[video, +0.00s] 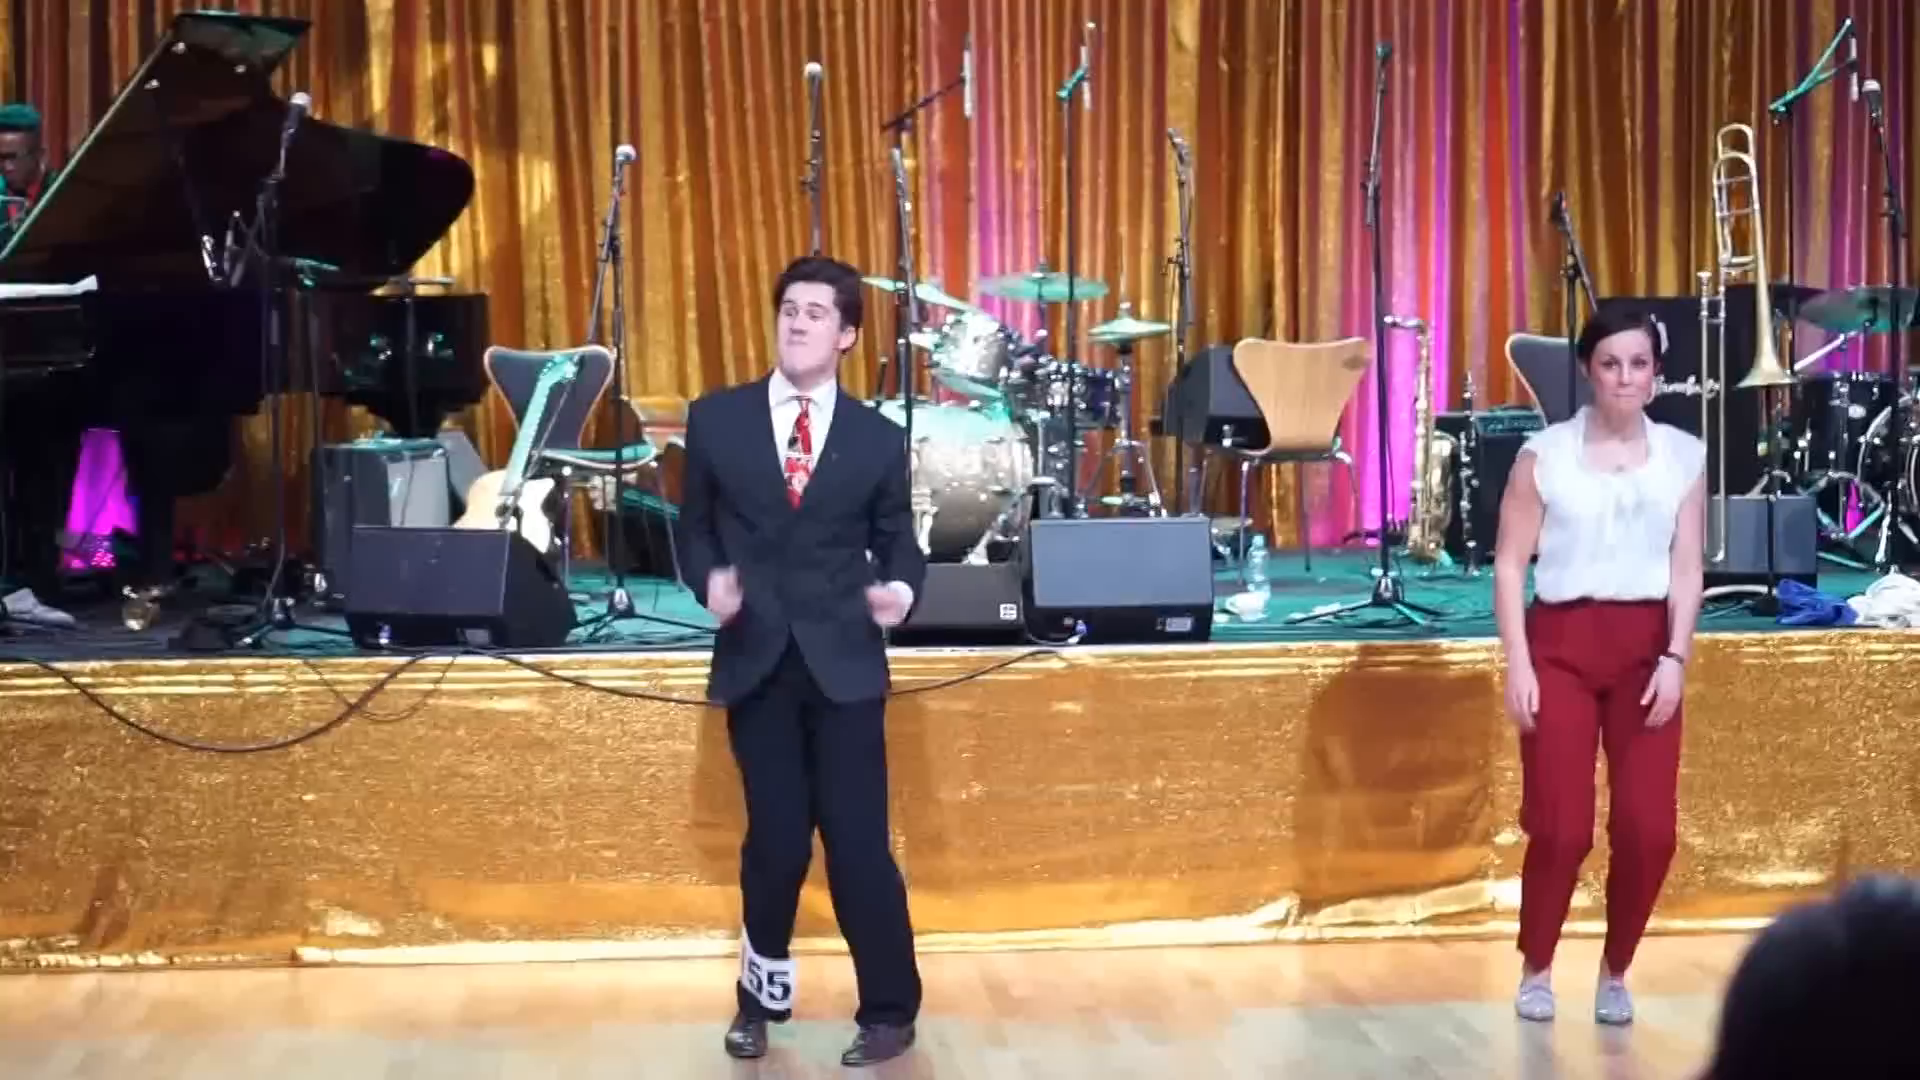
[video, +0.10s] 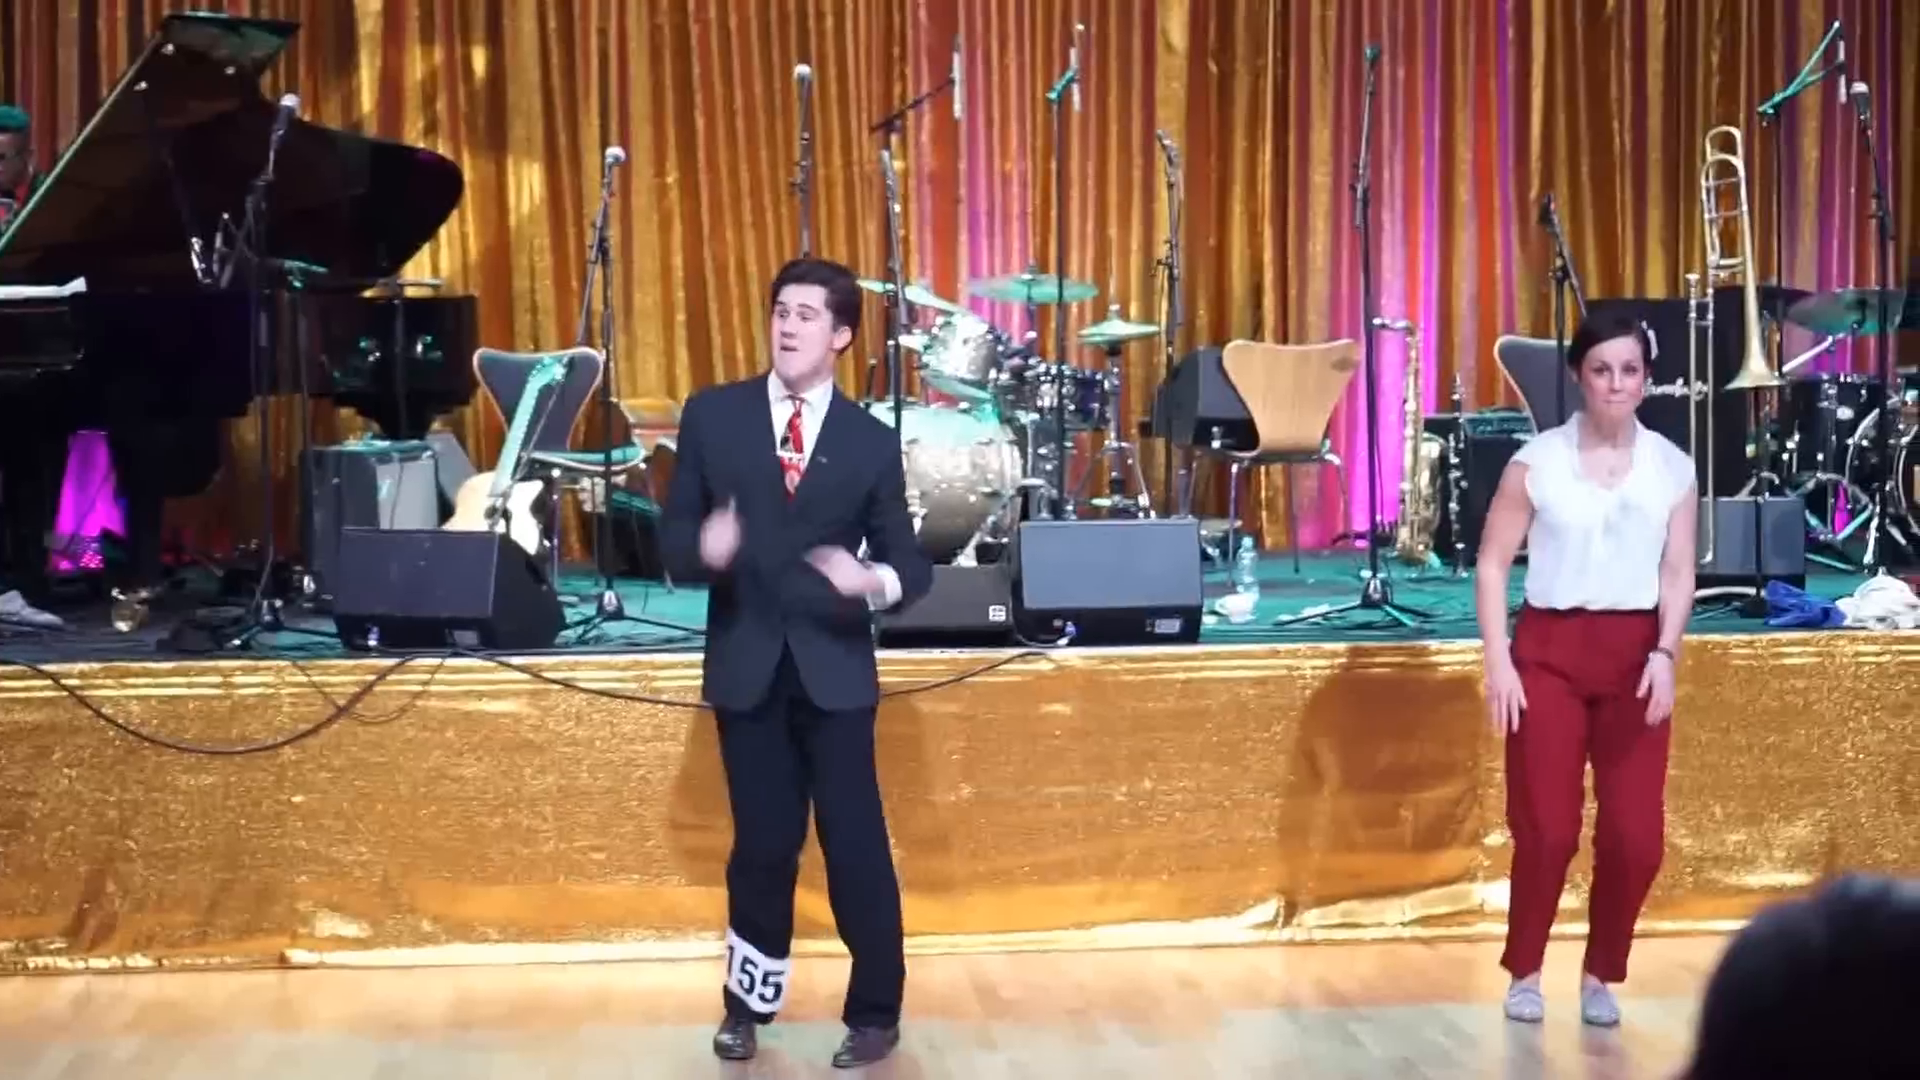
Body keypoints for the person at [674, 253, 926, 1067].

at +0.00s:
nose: (798, 325)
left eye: (816, 315)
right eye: (789, 310)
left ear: (847, 335)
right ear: (773, 323)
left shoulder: (879, 436)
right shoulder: (717, 416)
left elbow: (897, 535)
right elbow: (694, 527)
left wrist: (901, 584)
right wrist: (710, 577)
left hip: (847, 650)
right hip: (757, 648)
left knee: (858, 839)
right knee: (777, 833)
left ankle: (888, 1013)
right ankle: (759, 996)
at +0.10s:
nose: (788, 328)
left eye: (807, 316)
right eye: (781, 312)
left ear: (841, 335)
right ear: (767, 324)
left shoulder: (871, 438)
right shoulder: (712, 413)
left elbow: (909, 562)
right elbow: (672, 544)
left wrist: (876, 580)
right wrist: (701, 544)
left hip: (835, 660)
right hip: (746, 658)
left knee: (855, 840)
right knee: (765, 836)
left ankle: (875, 1013)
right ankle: (746, 1004)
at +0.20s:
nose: (786, 307)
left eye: (805, 295)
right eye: (783, 291)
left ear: (848, 314)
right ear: (774, 301)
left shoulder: (873, 405)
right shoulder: (724, 373)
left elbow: (932, 515)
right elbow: (633, 463)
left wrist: (845, 494)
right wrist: (689, 419)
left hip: (822, 632)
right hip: (726, 625)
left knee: (855, 823)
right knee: (711, 814)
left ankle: (858, 1009)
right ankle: (719, 994)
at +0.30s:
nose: (790, 295)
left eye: (809, 285)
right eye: (787, 280)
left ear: (852, 302)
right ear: (778, 286)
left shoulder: (882, 372)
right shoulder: (747, 333)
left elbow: (946, 455)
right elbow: (641, 361)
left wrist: (863, 389)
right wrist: (666, 318)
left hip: (802, 588)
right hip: (706, 570)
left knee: (824, 780)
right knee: (632, 724)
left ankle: (858, 968)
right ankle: (652, 896)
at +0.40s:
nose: (787, 328)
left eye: (805, 318)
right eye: (784, 313)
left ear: (847, 335)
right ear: (775, 314)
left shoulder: (868, 391)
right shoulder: (753, 353)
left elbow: (885, 475)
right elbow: (666, 372)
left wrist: (875, 367)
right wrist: (674, 302)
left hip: (793, 596)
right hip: (704, 567)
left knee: (804, 784)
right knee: (582, 636)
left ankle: (846, 982)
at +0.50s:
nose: (781, 391)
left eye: (800, 383)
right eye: (778, 374)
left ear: (844, 392)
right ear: (770, 367)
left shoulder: (865, 460)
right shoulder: (752, 411)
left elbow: (828, 522)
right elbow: (682, 455)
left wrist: (783, 443)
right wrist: (743, 407)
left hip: (792, 647)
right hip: (706, 609)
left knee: (794, 822)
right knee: (563, 661)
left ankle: (822, 1017)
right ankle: (397, 694)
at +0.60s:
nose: (806, 423)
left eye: (825, 411)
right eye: (797, 405)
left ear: (850, 417)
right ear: (778, 399)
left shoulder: (862, 498)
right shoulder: (726, 434)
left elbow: (828, 617)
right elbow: (665, 541)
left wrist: (758, 558)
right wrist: (700, 526)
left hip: (786, 654)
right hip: (697, 608)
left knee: (792, 823)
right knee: (572, 643)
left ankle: (783, 1010)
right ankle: (434, 770)